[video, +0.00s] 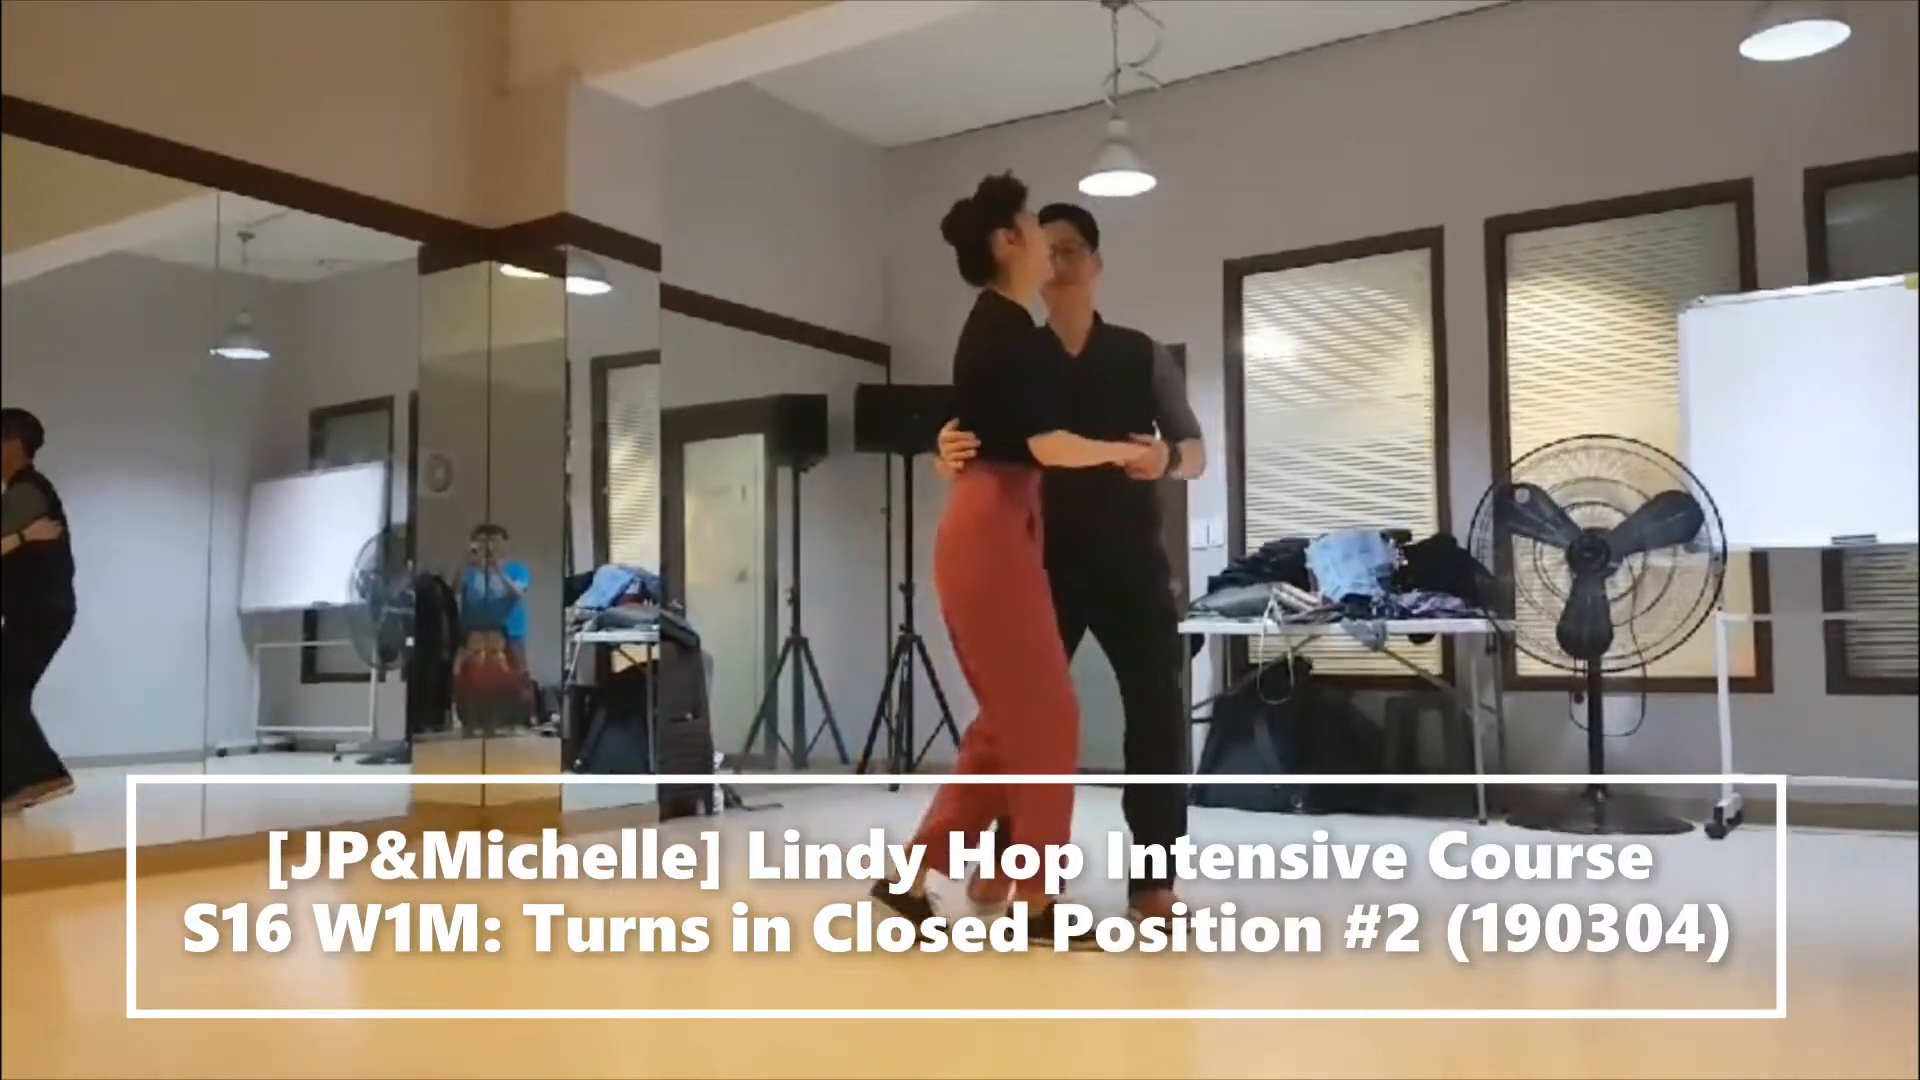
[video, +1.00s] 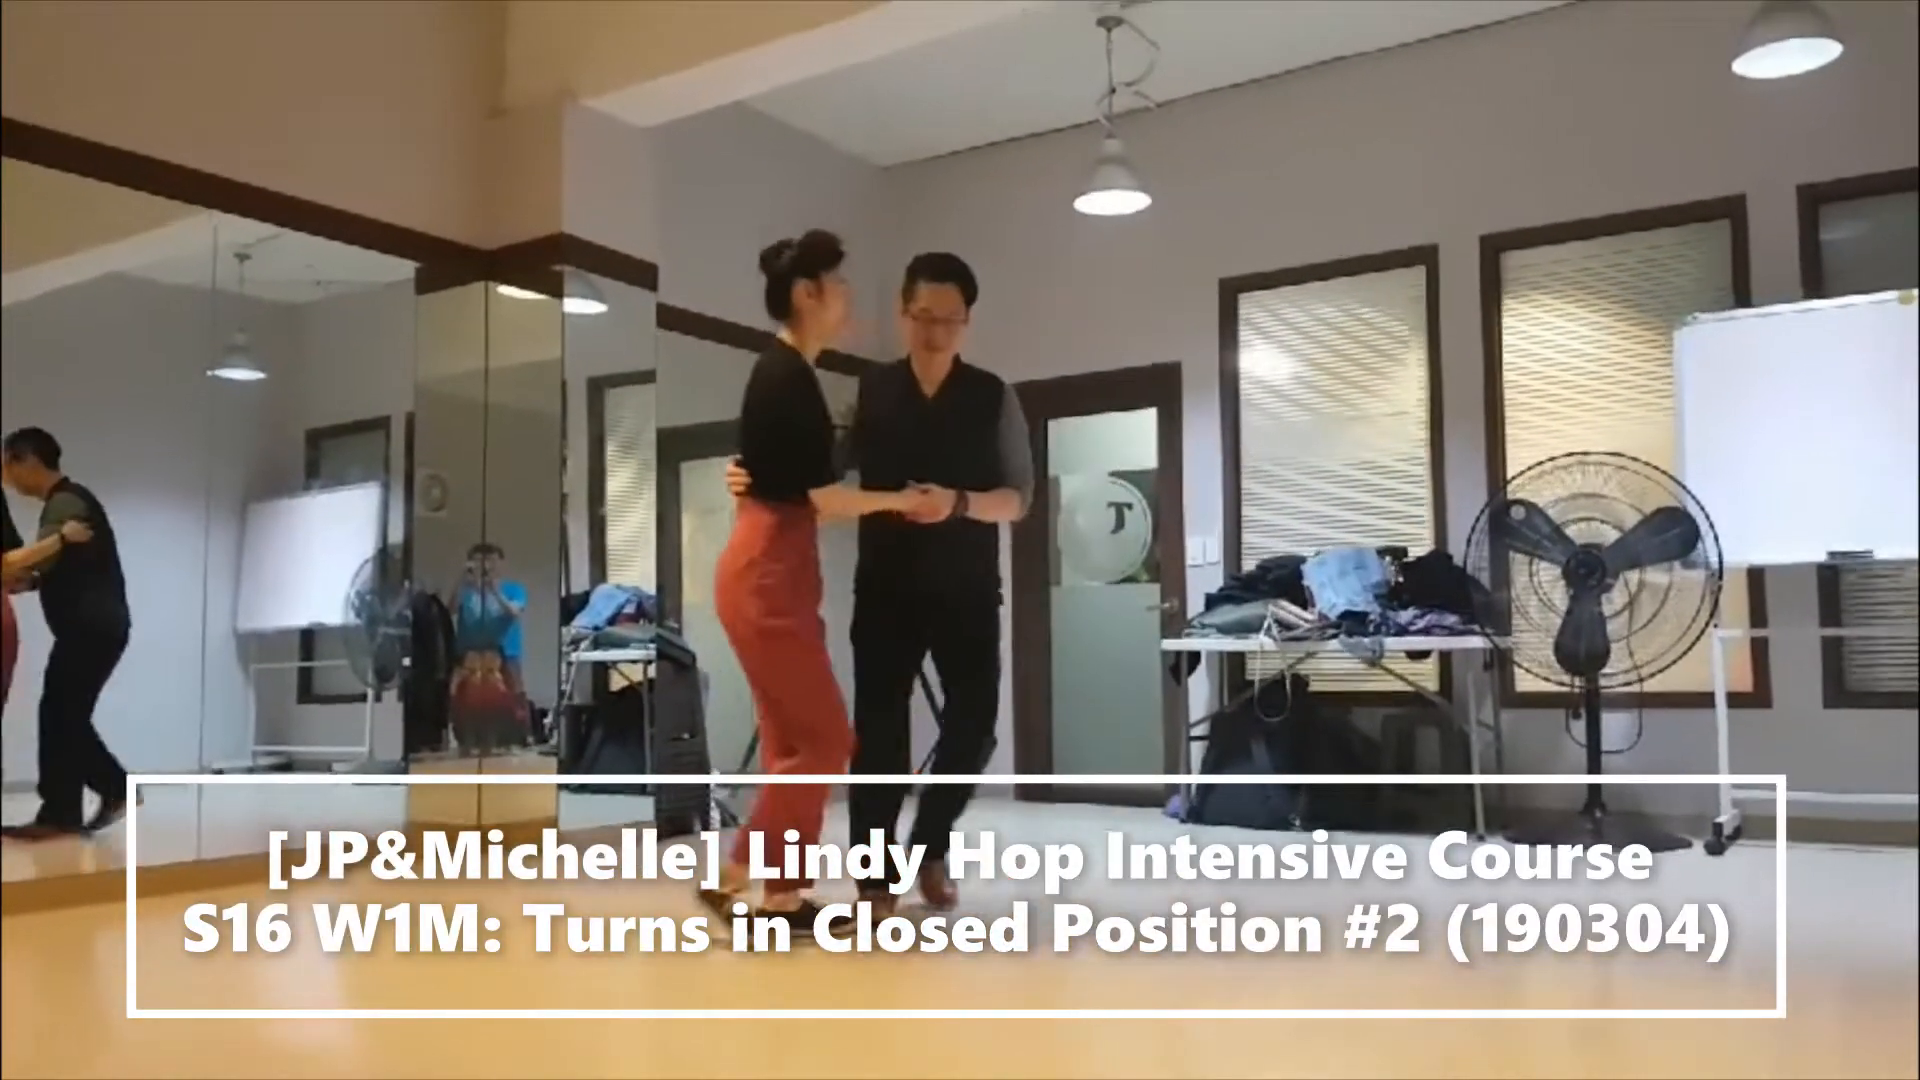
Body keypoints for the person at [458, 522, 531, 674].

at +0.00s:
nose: (489, 546)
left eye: (494, 540)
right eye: (483, 541)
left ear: (503, 544)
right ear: (475, 544)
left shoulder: (516, 569)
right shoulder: (470, 571)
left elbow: (518, 592)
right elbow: (455, 590)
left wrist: (499, 571)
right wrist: (465, 562)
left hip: (509, 635)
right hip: (475, 634)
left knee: (519, 677)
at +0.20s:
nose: (488, 551)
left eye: (493, 545)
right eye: (482, 545)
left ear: (502, 548)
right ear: (474, 549)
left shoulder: (515, 574)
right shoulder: (469, 576)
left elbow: (517, 596)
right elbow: (454, 594)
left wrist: (497, 575)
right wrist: (464, 566)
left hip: (507, 640)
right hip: (474, 640)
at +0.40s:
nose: (485, 554)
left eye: (490, 548)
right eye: (480, 549)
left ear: (500, 552)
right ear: (472, 552)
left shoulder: (514, 579)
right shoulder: (466, 579)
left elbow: (515, 600)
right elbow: (452, 599)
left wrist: (494, 578)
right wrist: (462, 569)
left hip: (505, 645)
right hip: (471, 644)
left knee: (514, 688)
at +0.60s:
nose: (484, 558)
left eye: (489, 552)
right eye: (479, 552)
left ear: (499, 556)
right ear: (471, 556)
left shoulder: (512, 582)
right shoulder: (466, 583)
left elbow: (514, 604)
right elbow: (451, 603)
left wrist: (494, 582)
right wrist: (462, 572)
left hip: (504, 649)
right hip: (470, 648)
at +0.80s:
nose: (484, 563)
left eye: (489, 557)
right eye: (479, 557)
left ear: (499, 560)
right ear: (471, 560)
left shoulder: (512, 586)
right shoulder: (465, 587)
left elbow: (514, 608)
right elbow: (451, 606)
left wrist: (493, 586)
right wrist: (462, 575)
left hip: (504, 653)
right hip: (470, 653)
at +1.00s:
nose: (485, 566)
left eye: (490, 560)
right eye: (479, 560)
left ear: (500, 563)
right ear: (471, 564)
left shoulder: (513, 589)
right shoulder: (466, 590)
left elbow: (514, 612)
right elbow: (451, 609)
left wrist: (495, 590)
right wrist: (462, 578)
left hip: (505, 657)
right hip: (471, 657)